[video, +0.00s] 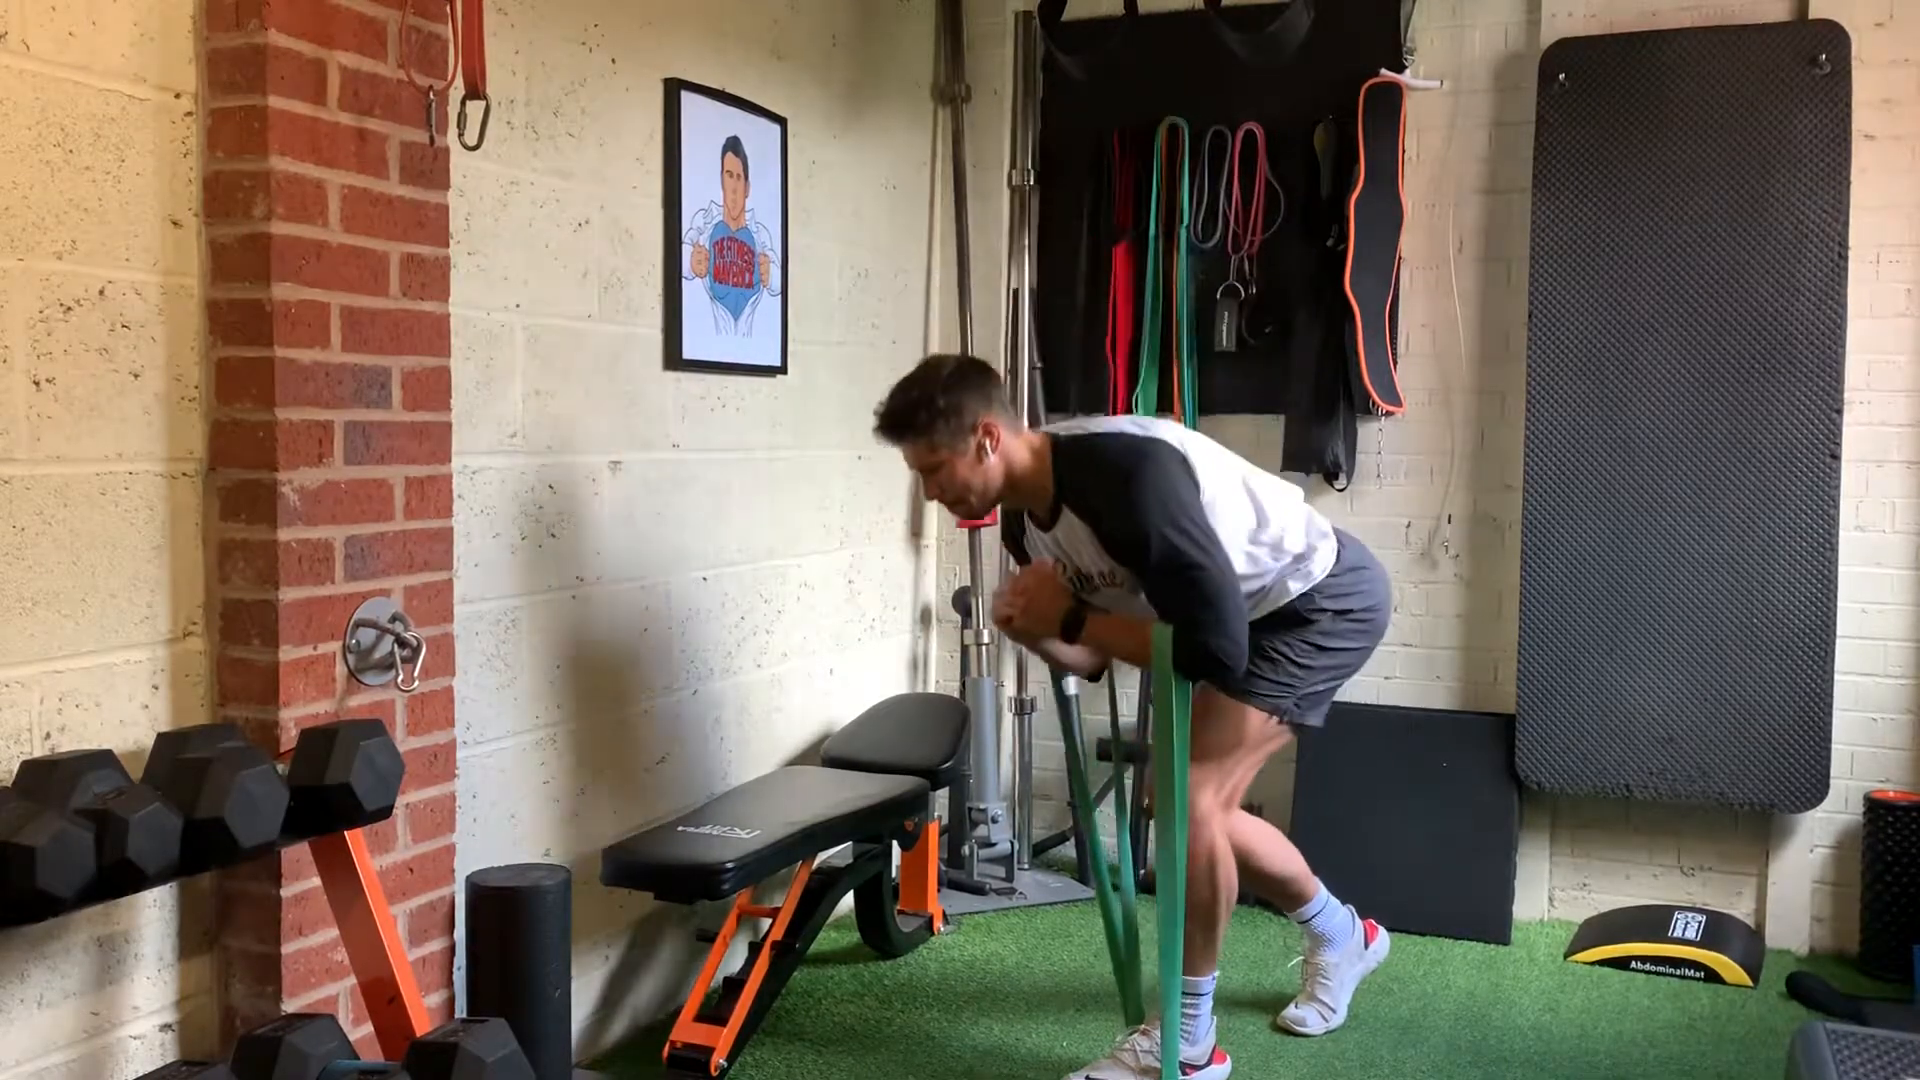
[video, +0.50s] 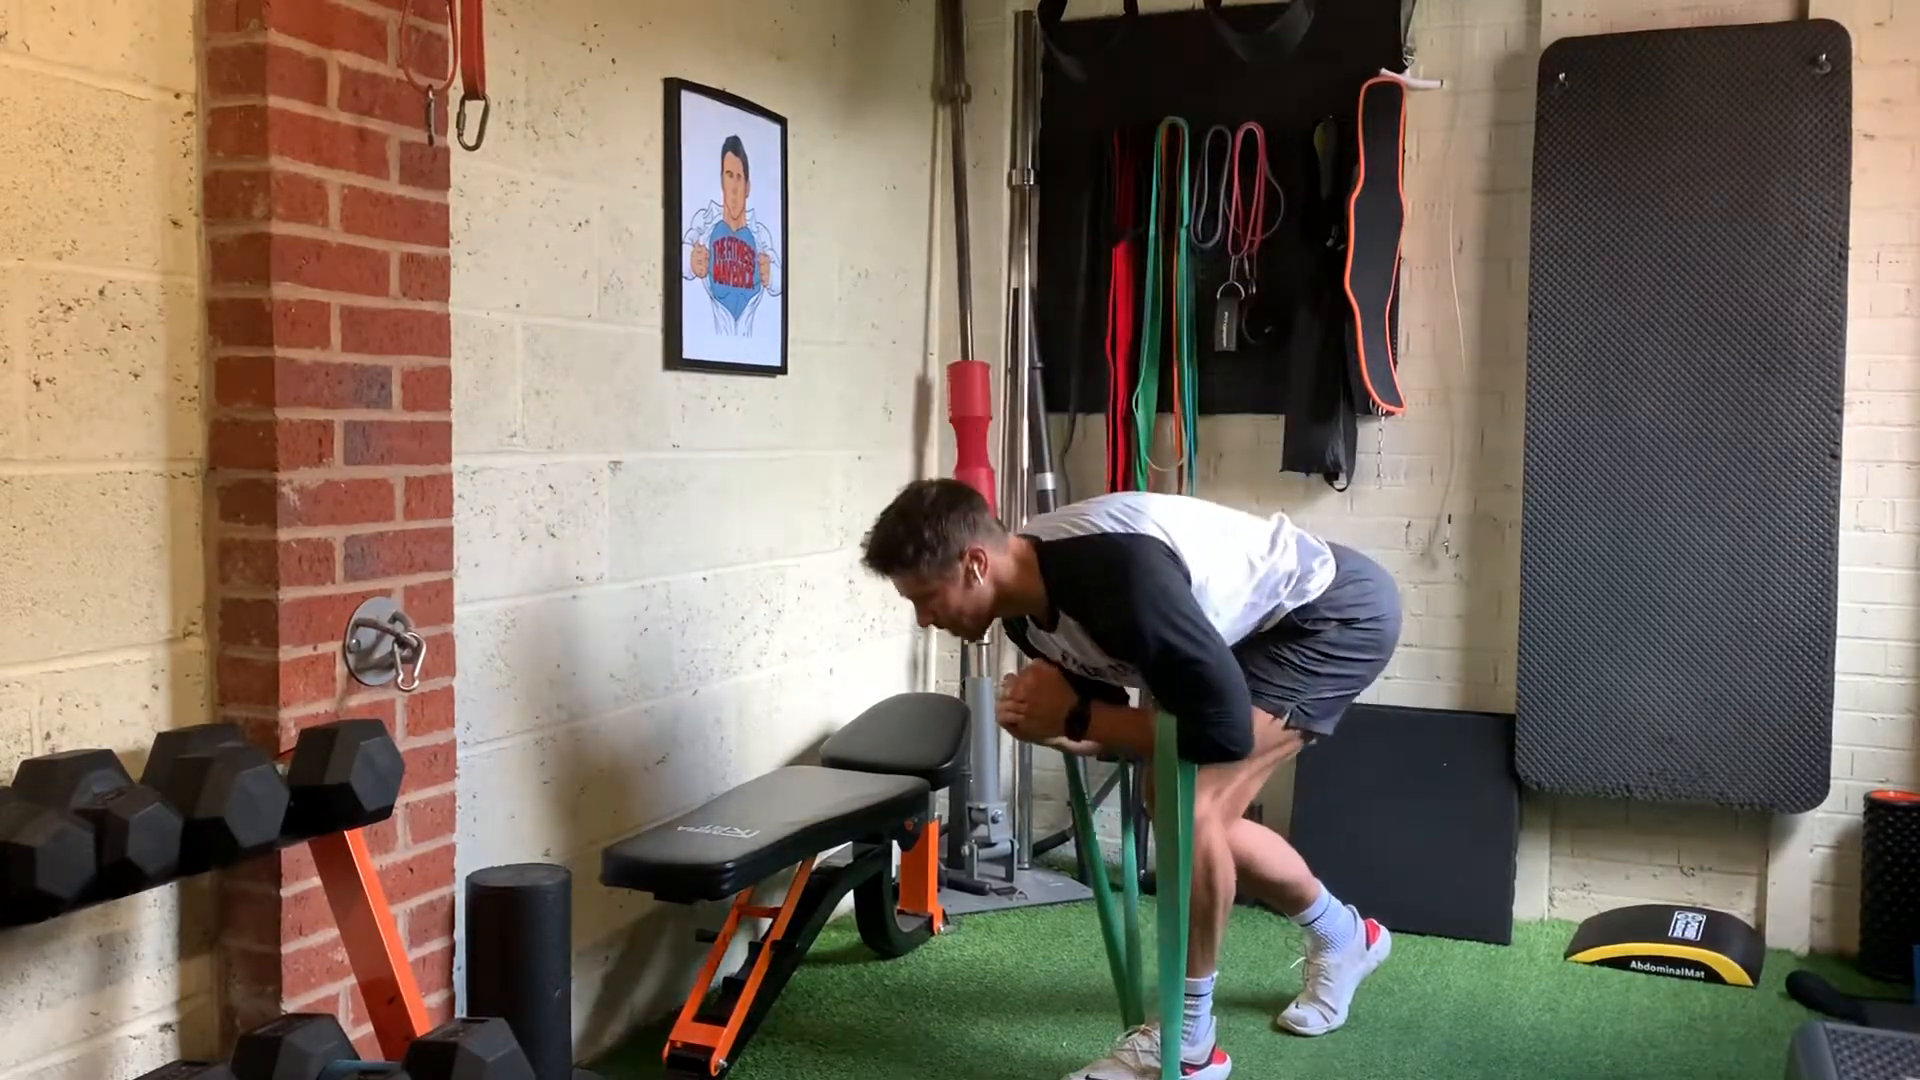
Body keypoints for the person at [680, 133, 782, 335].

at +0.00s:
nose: (733, 184)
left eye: (739, 177)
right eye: (729, 175)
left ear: (748, 187)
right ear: (721, 182)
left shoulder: (760, 234)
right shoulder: (705, 227)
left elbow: (778, 287)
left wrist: (770, 275)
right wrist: (694, 267)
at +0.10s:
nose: (734, 184)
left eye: (739, 177)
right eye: (729, 175)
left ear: (747, 187)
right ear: (721, 182)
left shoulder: (760, 234)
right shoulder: (705, 227)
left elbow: (779, 287)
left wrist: (770, 275)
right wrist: (694, 267)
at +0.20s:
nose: (734, 184)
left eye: (739, 176)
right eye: (729, 175)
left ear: (748, 187)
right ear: (721, 181)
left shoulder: (760, 232)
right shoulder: (704, 224)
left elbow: (779, 286)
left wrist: (770, 274)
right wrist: (693, 266)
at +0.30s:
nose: (734, 184)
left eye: (739, 176)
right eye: (729, 175)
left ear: (748, 187)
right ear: (721, 181)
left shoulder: (760, 232)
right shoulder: (704, 224)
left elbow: (779, 286)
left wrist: (769, 274)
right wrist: (693, 267)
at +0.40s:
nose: (734, 184)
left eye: (739, 176)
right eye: (729, 175)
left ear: (748, 187)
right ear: (721, 181)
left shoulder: (760, 232)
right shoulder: (704, 225)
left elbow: (779, 286)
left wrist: (770, 275)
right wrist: (693, 267)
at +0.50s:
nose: (734, 184)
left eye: (739, 176)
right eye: (729, 175)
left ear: (748, 187)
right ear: (721, 181)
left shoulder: (760, 234)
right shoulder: (705, 227)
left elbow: (779, 287)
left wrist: (770, 276)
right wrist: (694, 267)